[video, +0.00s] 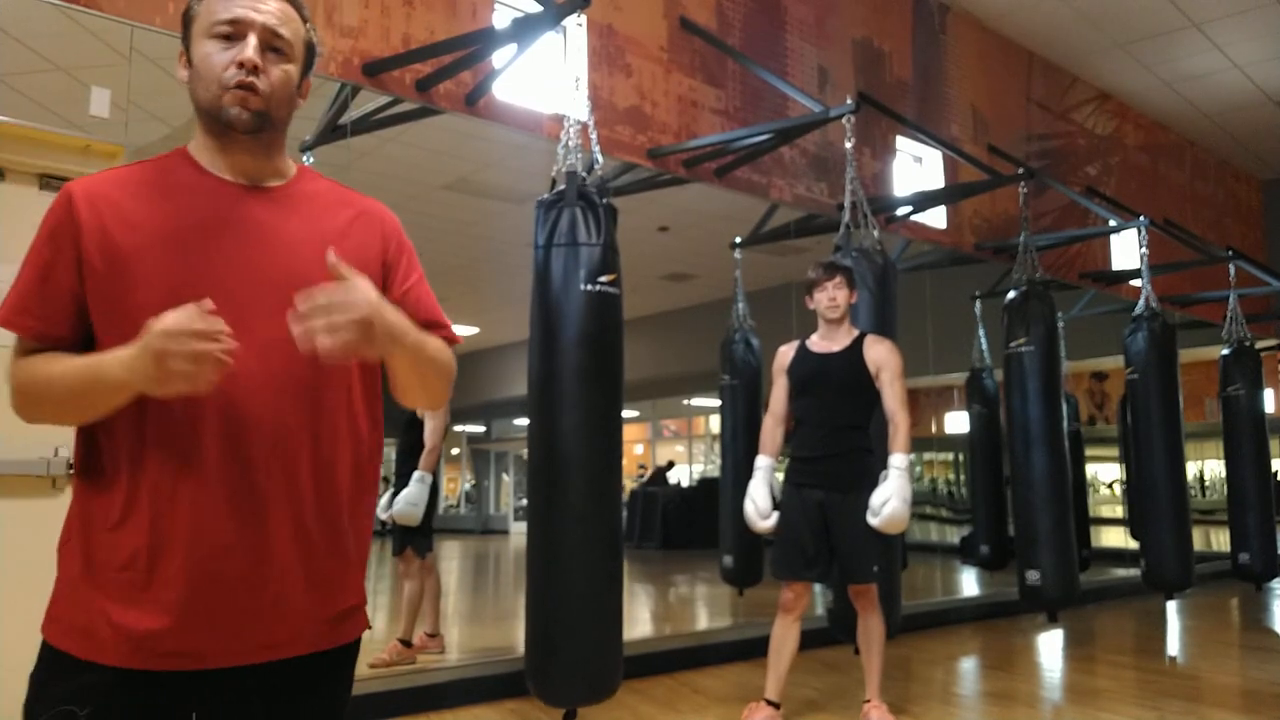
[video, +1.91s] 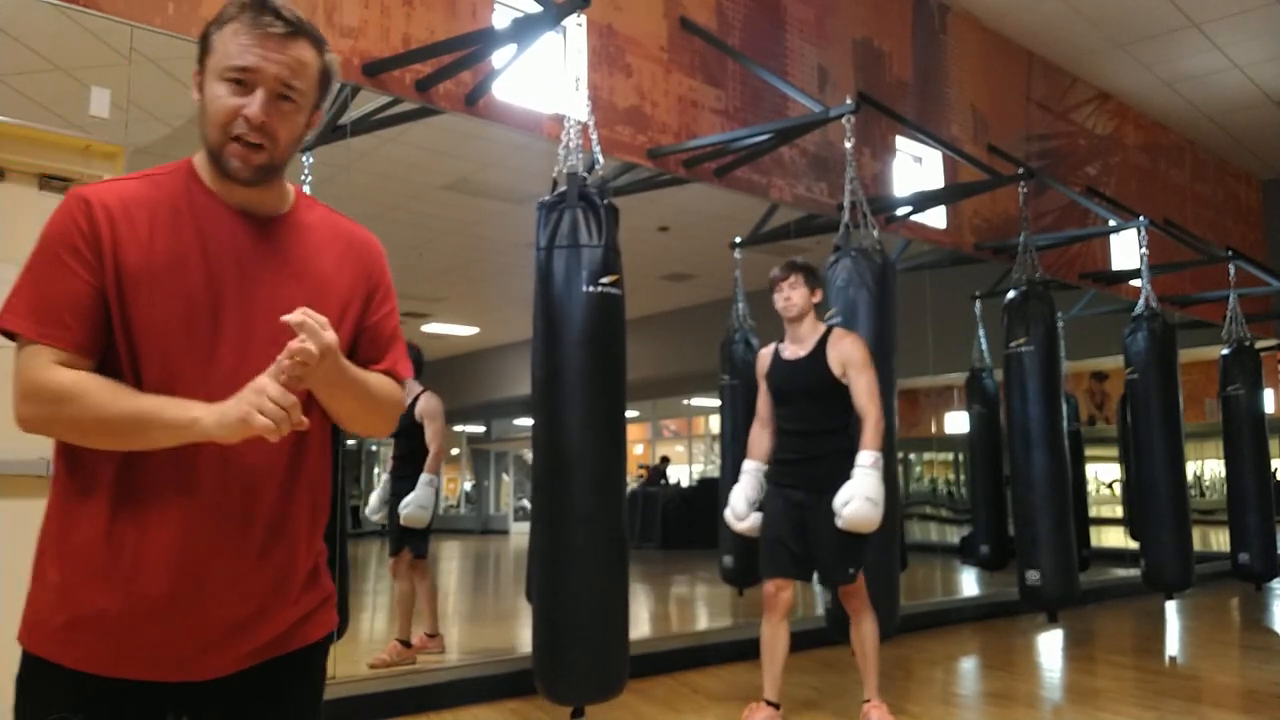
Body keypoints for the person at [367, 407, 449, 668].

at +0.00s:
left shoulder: (434, 402)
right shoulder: (415, 408)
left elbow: (433, 447)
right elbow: (405, 457)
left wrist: (418, 486)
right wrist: (393, 492)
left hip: (416, 486)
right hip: (407, 485)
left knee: (408, 564)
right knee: (425, 564)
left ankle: (404, 642)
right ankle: (432, 633)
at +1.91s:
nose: (391, 369)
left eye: (396, 362)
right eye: (391, 363)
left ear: (409, 366)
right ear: (398, 368)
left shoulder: (427, 401)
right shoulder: (398, 402)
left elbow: (436, 448)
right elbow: (397, 453)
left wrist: (425, 489)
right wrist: (383, 489)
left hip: (415, 484)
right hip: (399, 483)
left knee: (400, 565)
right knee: (418, 564)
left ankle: (402, 642)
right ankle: (431, 634)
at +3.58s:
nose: (338, 381)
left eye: (341, 375)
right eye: (338, 375)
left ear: (350, 374)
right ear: (358, 374)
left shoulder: (363, 404)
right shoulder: (364, 405)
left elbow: (364, 445)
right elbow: (387, 457)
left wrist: (351, 486)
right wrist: (343, 457)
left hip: (371, 490)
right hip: (369, 489)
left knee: (353, 563)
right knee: (344, 565)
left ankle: (386, 628)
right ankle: (362, 635)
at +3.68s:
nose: (333, 383)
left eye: (335, 376)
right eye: (333, 377)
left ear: (346, 374)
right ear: (355, 374)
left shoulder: (363, 403)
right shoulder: (358, 405)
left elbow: (365, 445)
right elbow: (366, 449)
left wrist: (352, 488)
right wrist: (342, 460)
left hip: (373, 490)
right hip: (366, 489)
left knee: (354, 565)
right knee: (345, 566)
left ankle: (387, 629)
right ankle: (362, 635)